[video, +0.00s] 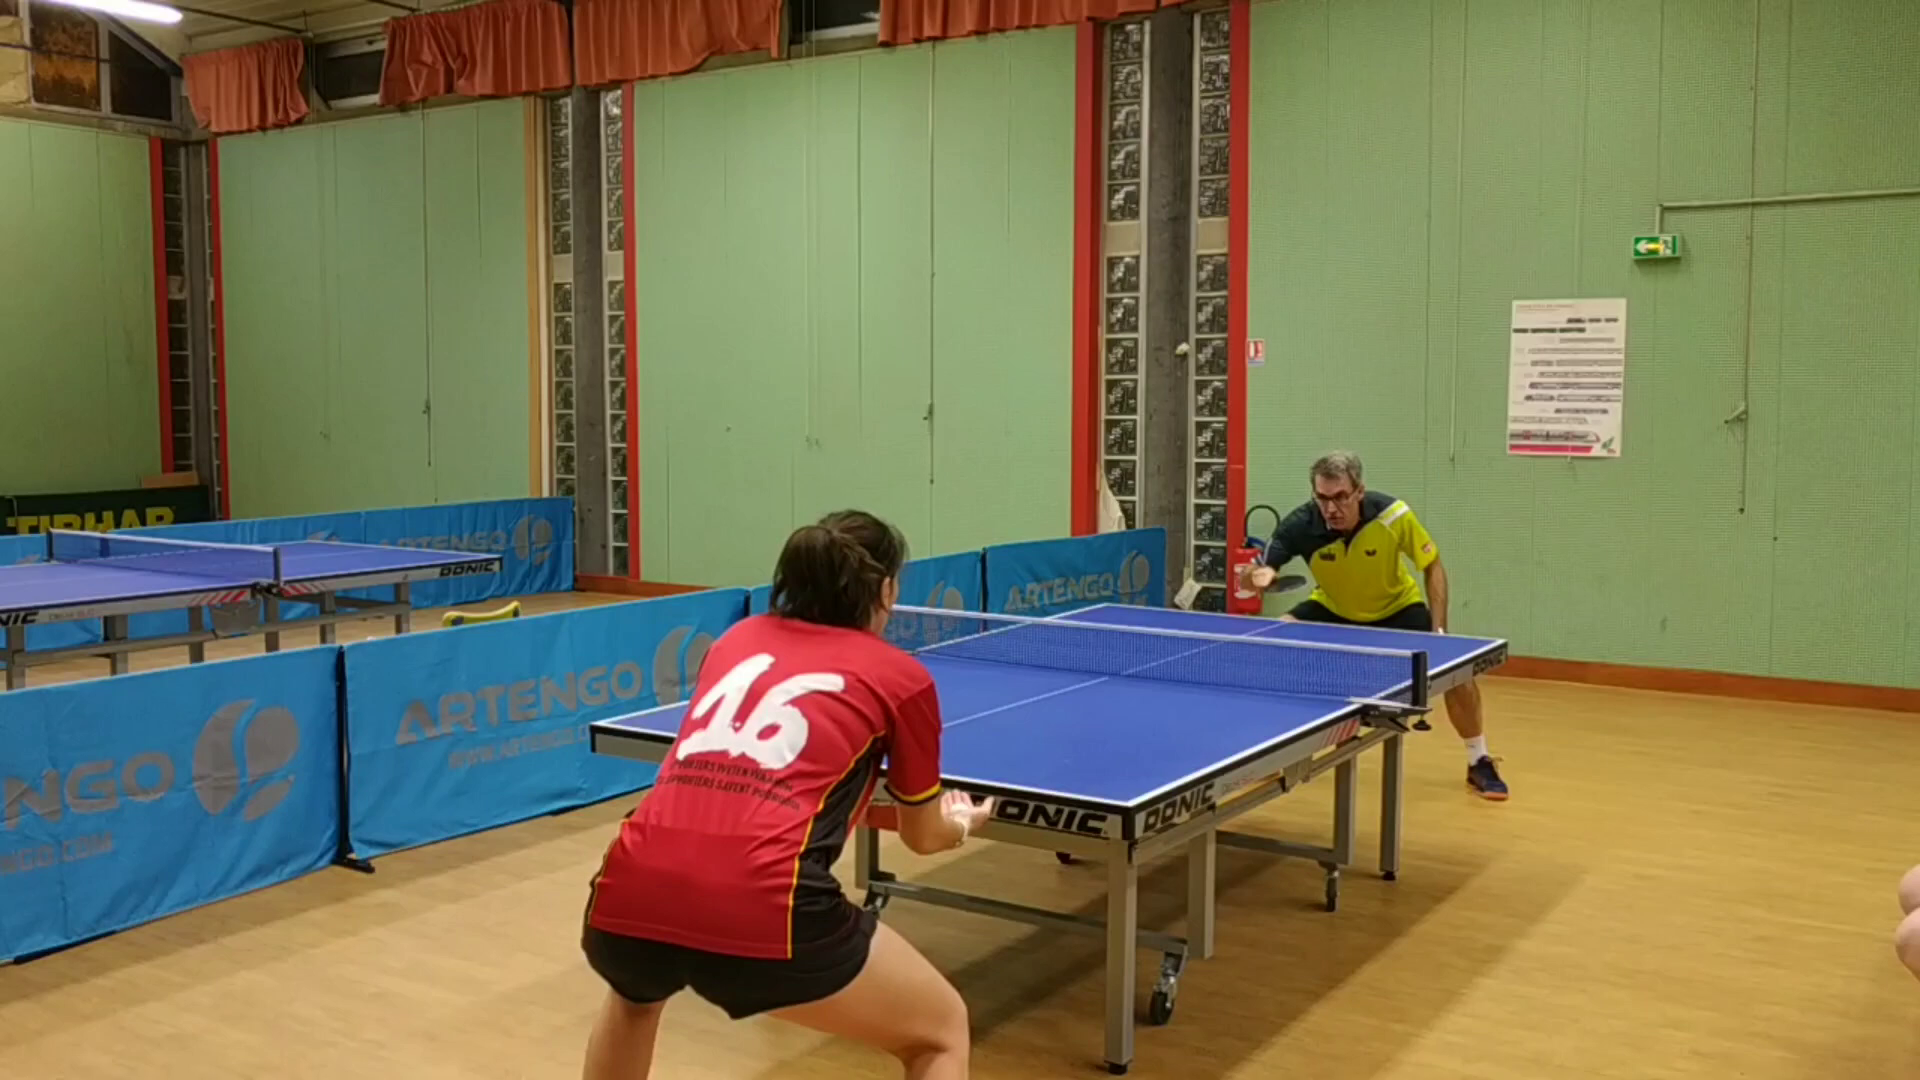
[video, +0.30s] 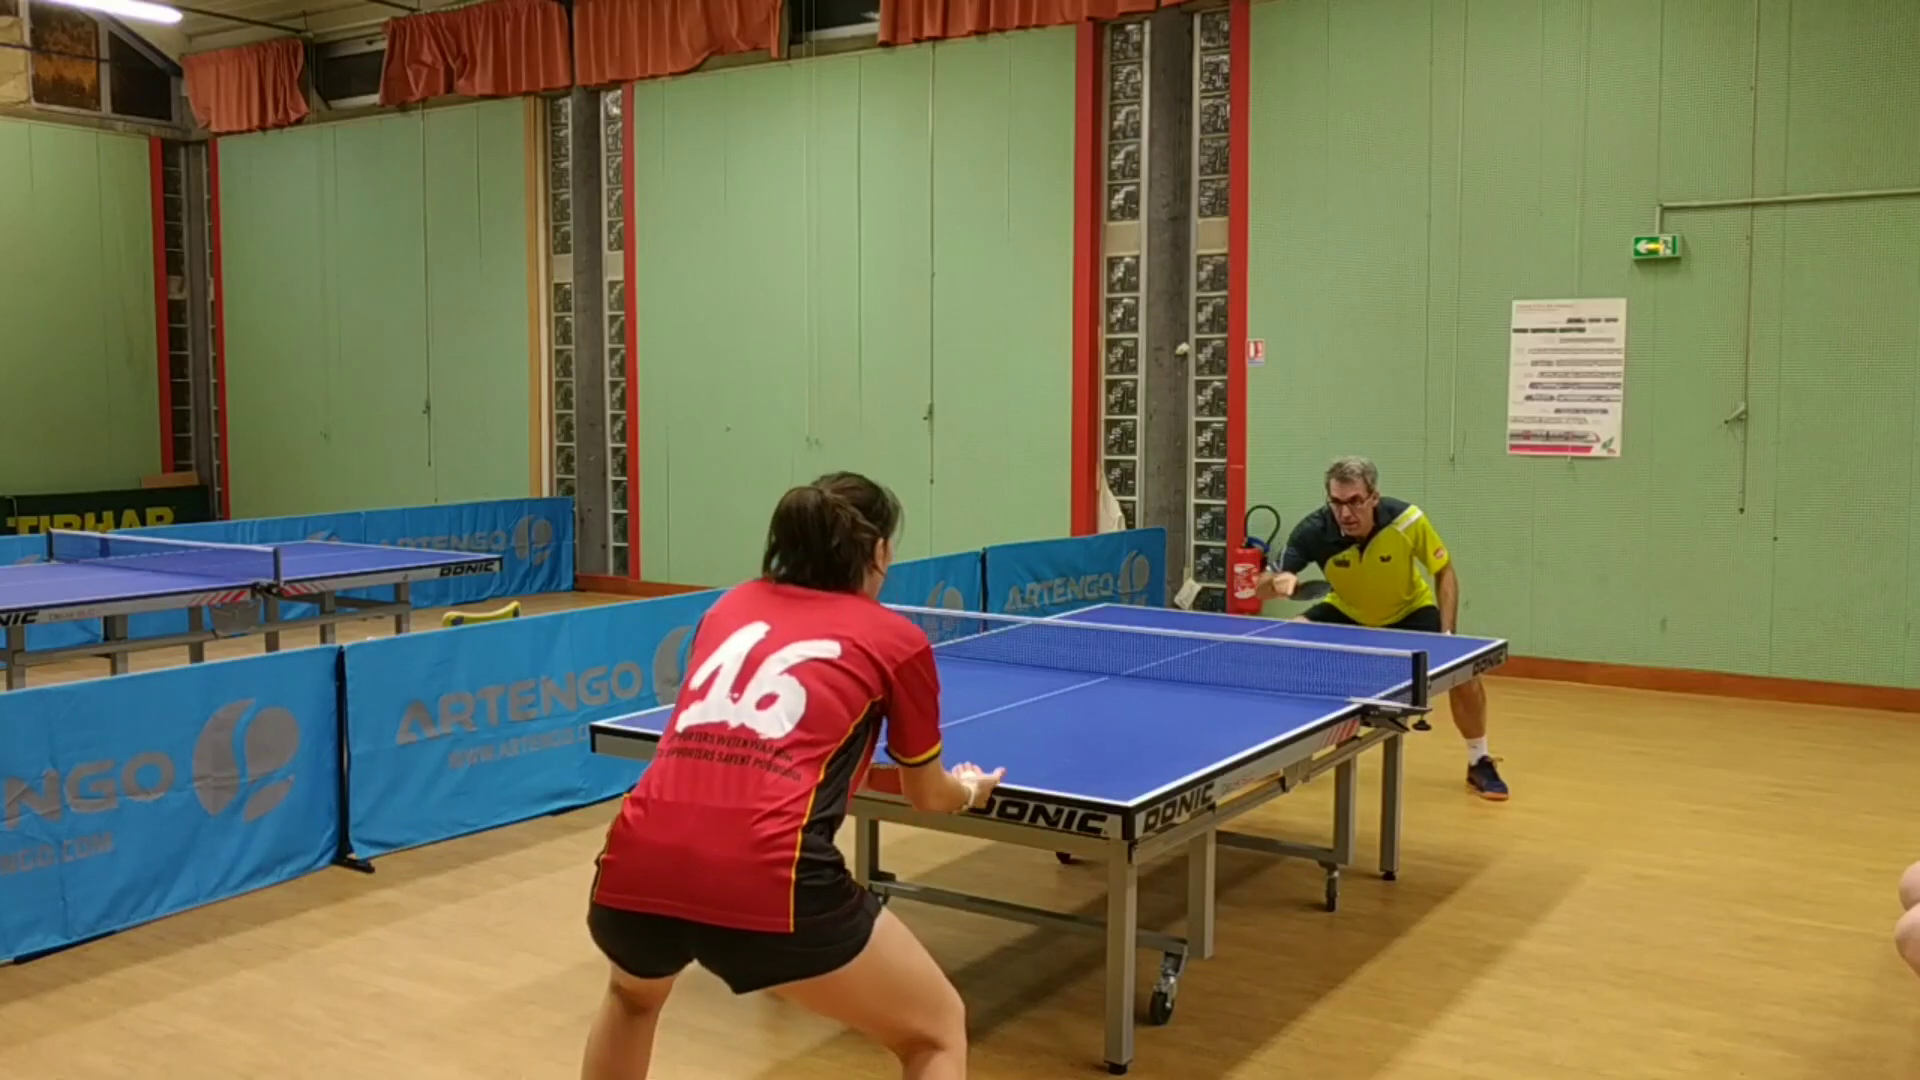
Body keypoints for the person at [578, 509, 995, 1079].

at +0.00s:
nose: (897, 598)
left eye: (895, 582)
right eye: (897, 584)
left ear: (799, 580)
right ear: (883, 594)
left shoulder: (734, 639)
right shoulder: (902, 677)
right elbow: (924, 834)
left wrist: (852, 795)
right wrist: (956, 823)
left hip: (627, 912)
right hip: (765, 924)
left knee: (633, 993)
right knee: (939, 1032)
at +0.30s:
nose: (890, 558)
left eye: (891, 545)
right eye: (890, 545)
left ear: (792, 544)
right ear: (876, 554)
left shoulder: (729, 604)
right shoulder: (895, 639)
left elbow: (715, 726)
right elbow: (928, 794)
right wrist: (966, 788)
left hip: (634, 876)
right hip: (768, 888)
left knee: (629, 999)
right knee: (934, 1032)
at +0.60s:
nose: (877, 491)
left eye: (876, 477)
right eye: (874, 477)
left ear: (778, 482)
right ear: (850, 485)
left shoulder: (720, 551)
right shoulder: (859, 561)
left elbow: (750, 673)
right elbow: (962, 671)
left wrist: (869, 708)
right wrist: (994, 597)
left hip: (630, 838)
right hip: (746, 847)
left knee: (651, 996)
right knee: (902, 1032)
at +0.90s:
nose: (854, 443)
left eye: (851, 426)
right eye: (845, 426)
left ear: (786, 434)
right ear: (806, 434)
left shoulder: (698, 505)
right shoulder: (777, 493)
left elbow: (730, 673)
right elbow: (937, 556)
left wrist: (853, 663)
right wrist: (1002, 595)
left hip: (592, 776)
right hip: (686, 775)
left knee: (652, 987)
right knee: (876, 942)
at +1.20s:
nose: (903, 481)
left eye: (905, 466)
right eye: (902, 465)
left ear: (821, 456)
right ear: (873, 463)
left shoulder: (741, 512)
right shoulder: (848, 525)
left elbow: (765, 603)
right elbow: (1001, 597)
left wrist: (852, 658)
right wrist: (997, 654)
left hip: (629, 788)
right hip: (732, 794)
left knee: (660, 995)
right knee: (886, 996)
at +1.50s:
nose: (938, 466)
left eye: (940, 451)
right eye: (938, 450)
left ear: (849, 439)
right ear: (923, 453)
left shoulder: (791, 497)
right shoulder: (920, 518)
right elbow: (1080, 576)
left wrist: (938, 581)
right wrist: (1000, 575)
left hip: (684, 778)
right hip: (795, 794)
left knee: (663, 961)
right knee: (926, 992)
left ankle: (594, 1078)